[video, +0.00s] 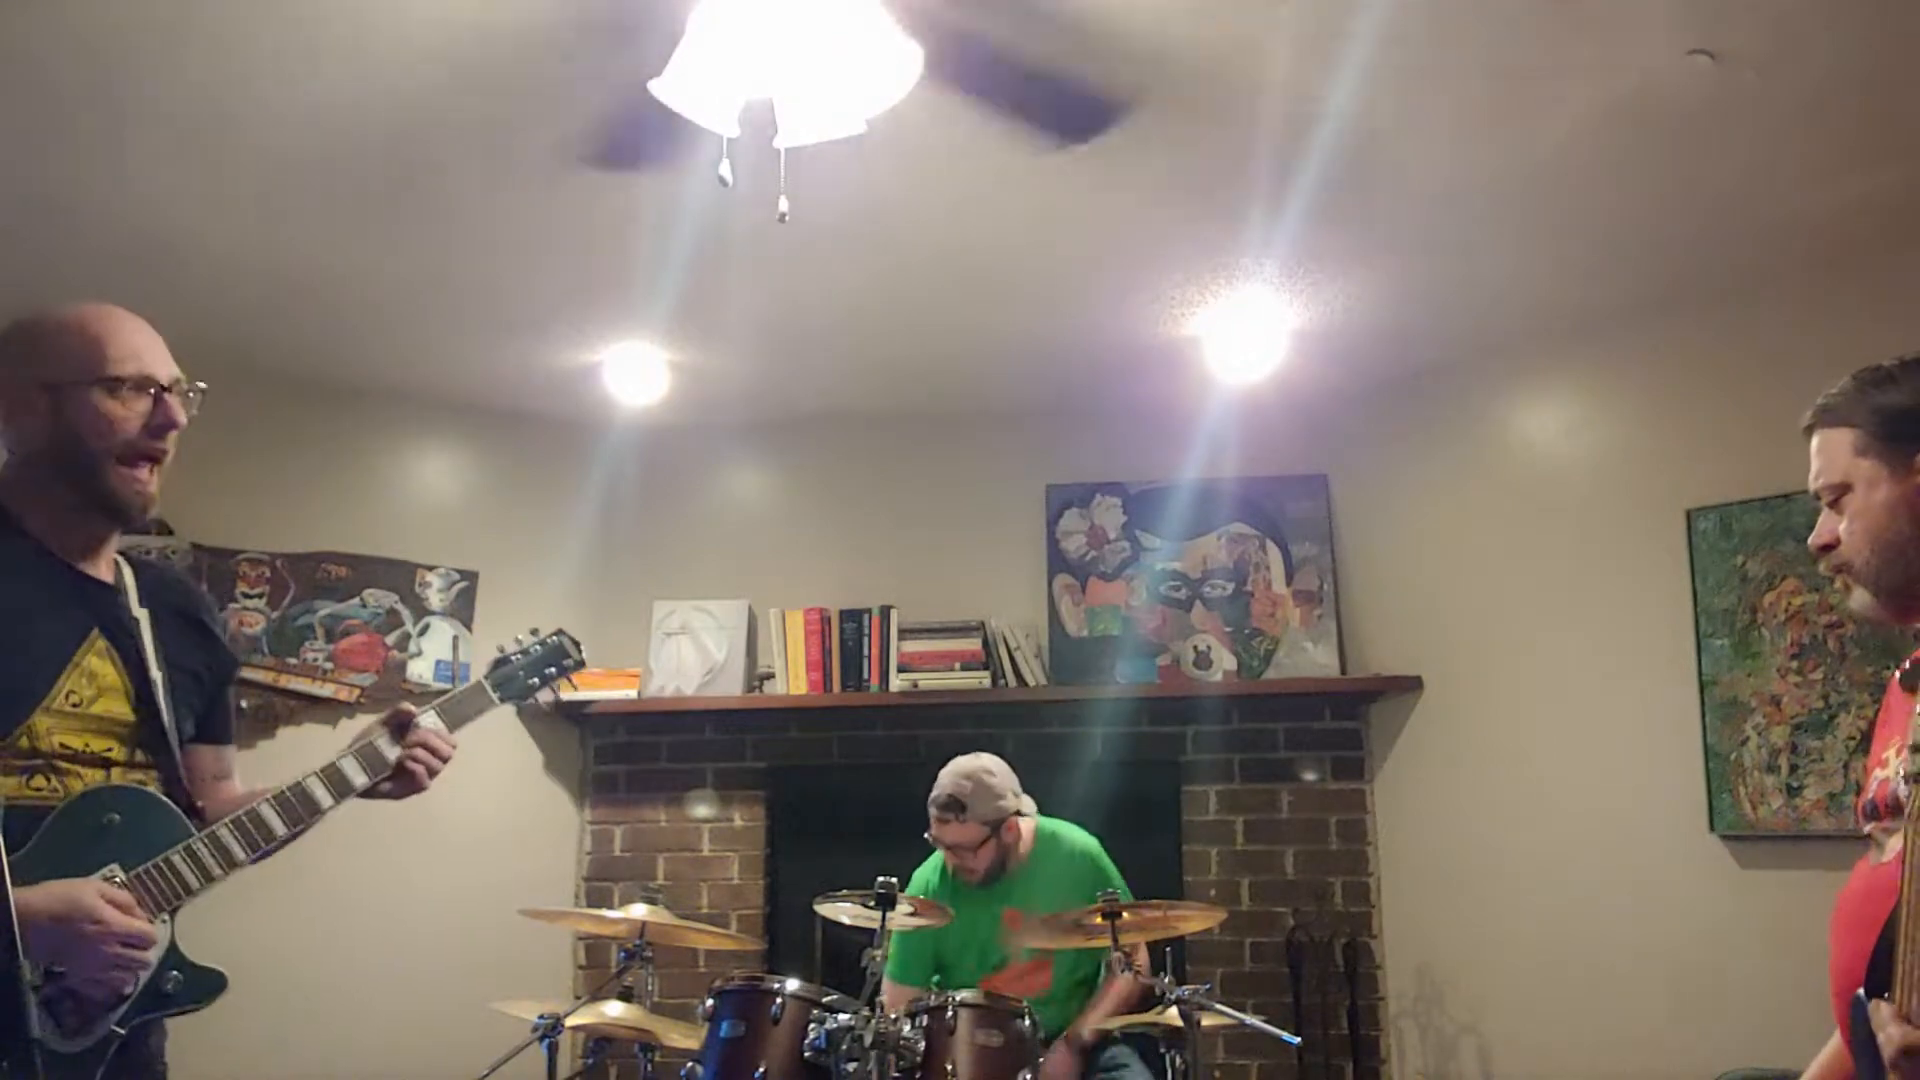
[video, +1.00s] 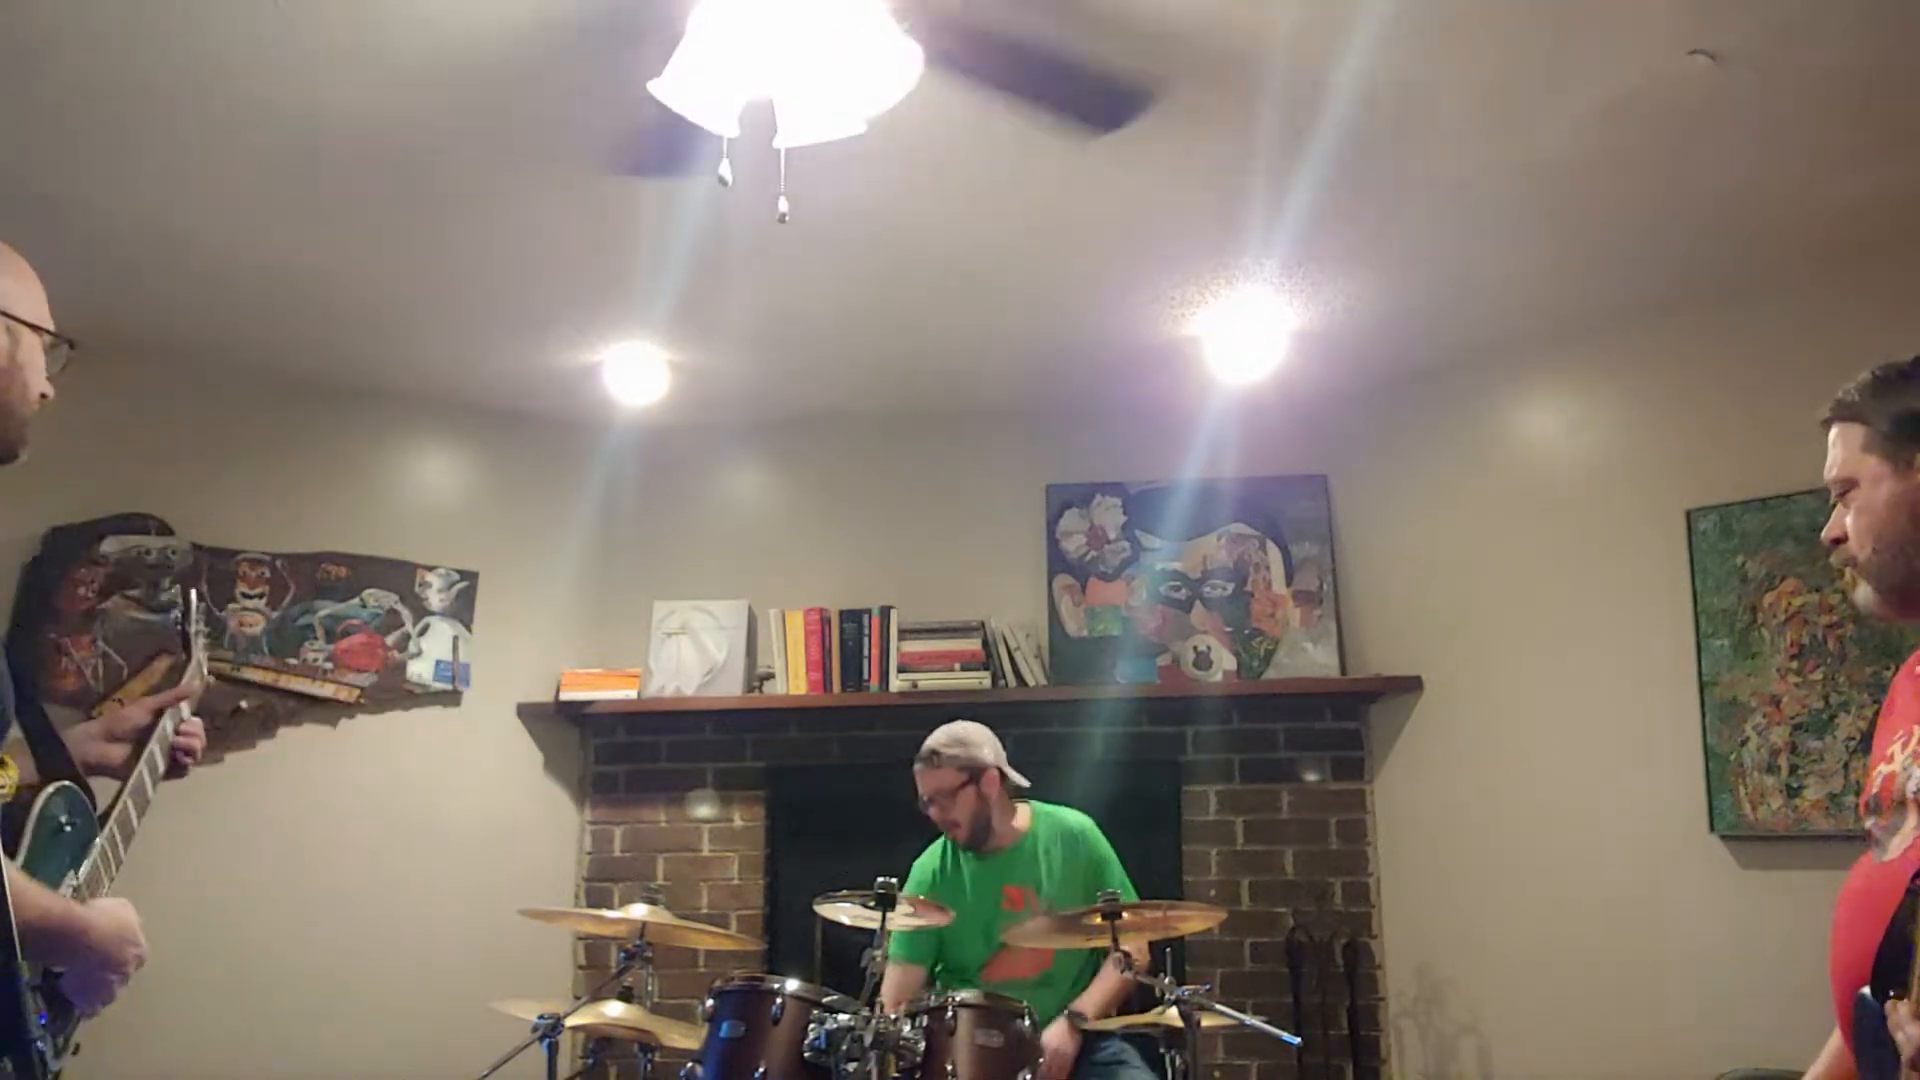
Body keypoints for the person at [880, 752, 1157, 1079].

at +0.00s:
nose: (953, 862)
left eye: (966, 849)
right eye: (943, 848)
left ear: (1010, 829)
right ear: (933, 833)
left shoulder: (1076, 854)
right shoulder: (929, 885)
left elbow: (1133, 964)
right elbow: (897, 1011)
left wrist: (1073, 1044)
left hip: (1077, 1038)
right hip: (975, 1046)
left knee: (1131, 1075)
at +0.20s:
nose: (944, 895)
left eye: (958, 885)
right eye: (937, 880)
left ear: (1009, 866)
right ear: (928, 859)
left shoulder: (1078, 869)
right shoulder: (923, 898)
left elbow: (1133, 984)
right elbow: (894, 1013)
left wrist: (1051, 1061)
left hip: (1080, 1047)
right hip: (977, 1055)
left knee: (1123, 1067)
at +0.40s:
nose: (929, 886)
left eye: (941, 876)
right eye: (923, 872)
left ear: (991, 853)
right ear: (914, 854)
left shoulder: (1076, 846)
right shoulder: (920, 876)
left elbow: (1131, 956)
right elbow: (899, 997)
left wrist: (1057, 1058)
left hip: (1079, 1026)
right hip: (973, 1030)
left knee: (1128, 1072)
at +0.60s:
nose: (927, 881)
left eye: (938, 870)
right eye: (921, 868)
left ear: (985, 851)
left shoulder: (1078, 851)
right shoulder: (921, 881)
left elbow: (1133, 959)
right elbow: (901, 1005)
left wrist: (1067, 1062)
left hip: (1079, 1031)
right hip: (978, 1040)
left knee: (1132, 1074)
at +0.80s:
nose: (932, 866)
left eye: (941, 851)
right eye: (922, 852)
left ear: (986, 833)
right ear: (912, 839)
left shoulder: (1074, 857)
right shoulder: (924, 901)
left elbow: (1130, 971)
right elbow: (901, 1021)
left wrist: (1073, 1064)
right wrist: (992, 1006)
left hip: (1080, 1048)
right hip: (983, 1059)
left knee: (1135, 1075)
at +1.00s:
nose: (935, 816)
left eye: (944, 798)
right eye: (928, 803)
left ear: (989, 782)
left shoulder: (1074, 836)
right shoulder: (931, 872)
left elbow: (1133, 946)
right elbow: (895, 1004)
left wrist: (1073, 1022)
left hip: (1077, 1037)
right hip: (971, 1039)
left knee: (1136, 1075)